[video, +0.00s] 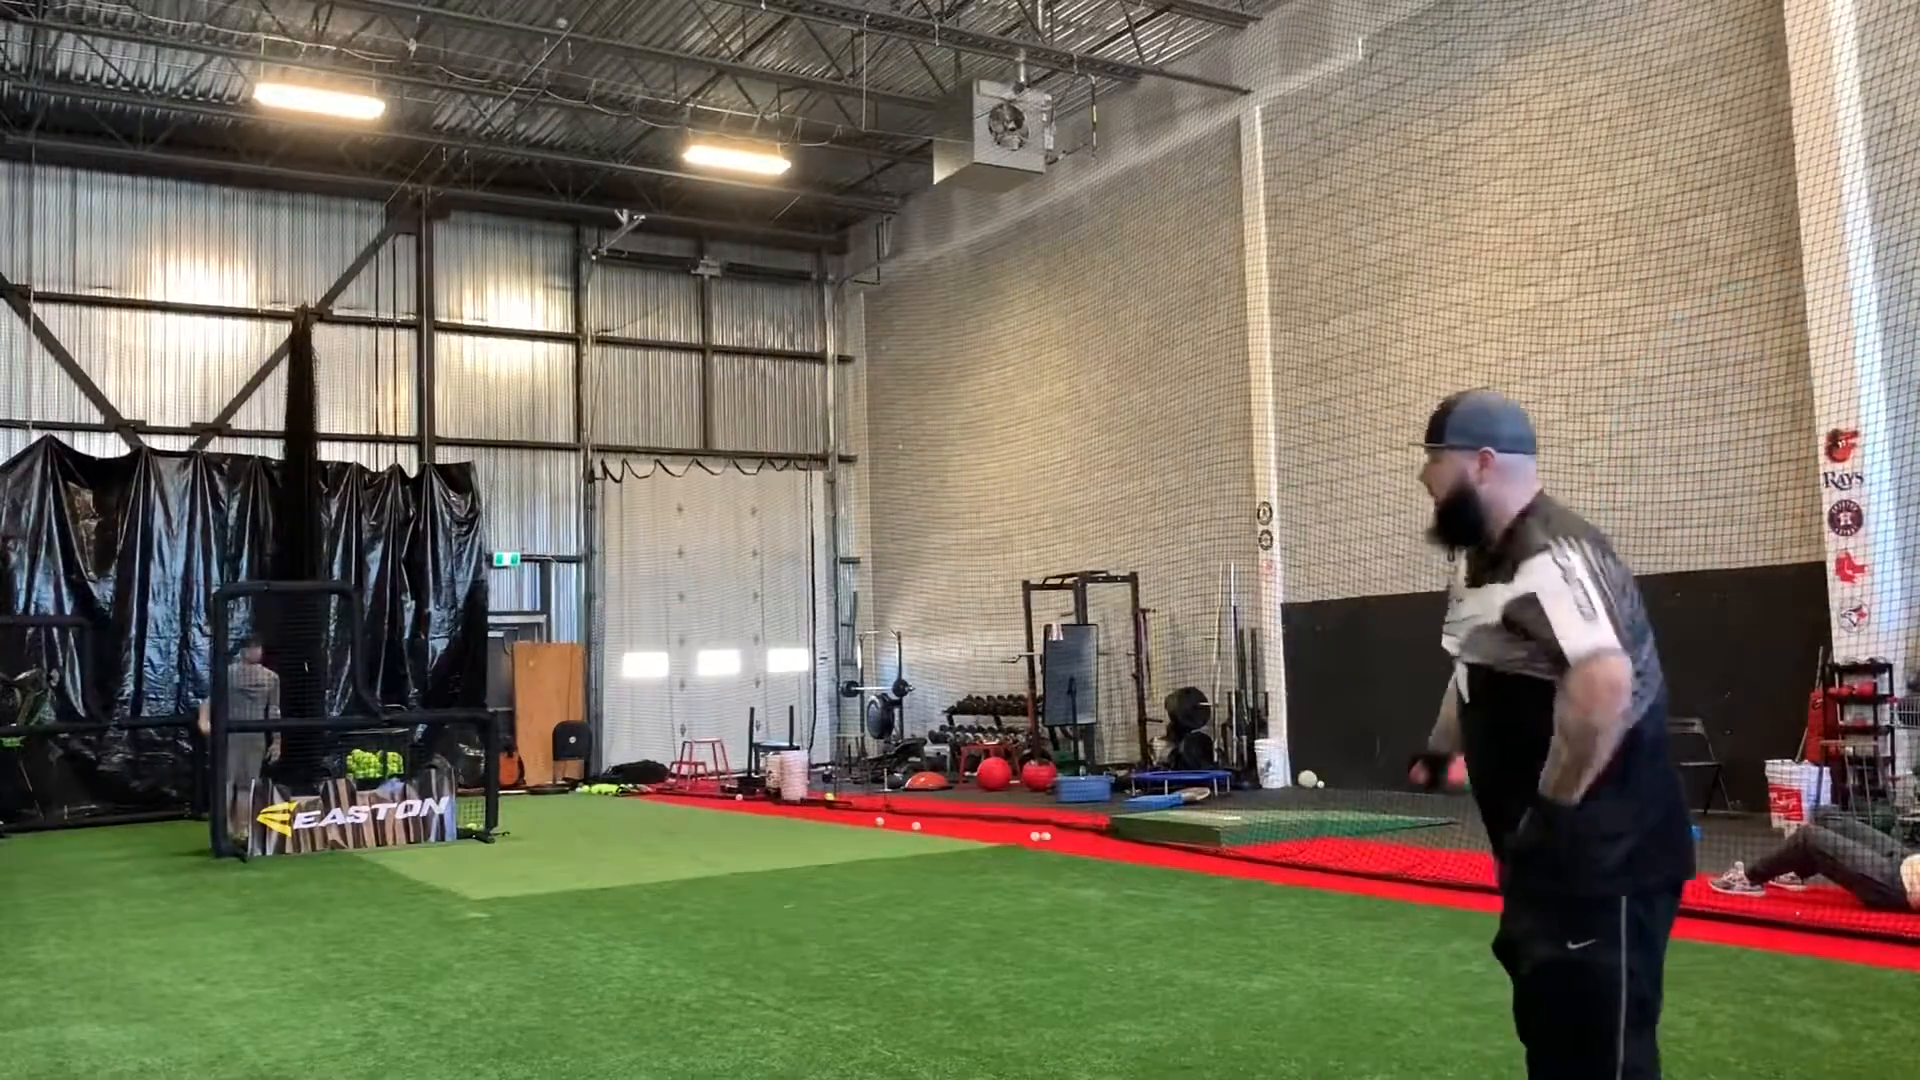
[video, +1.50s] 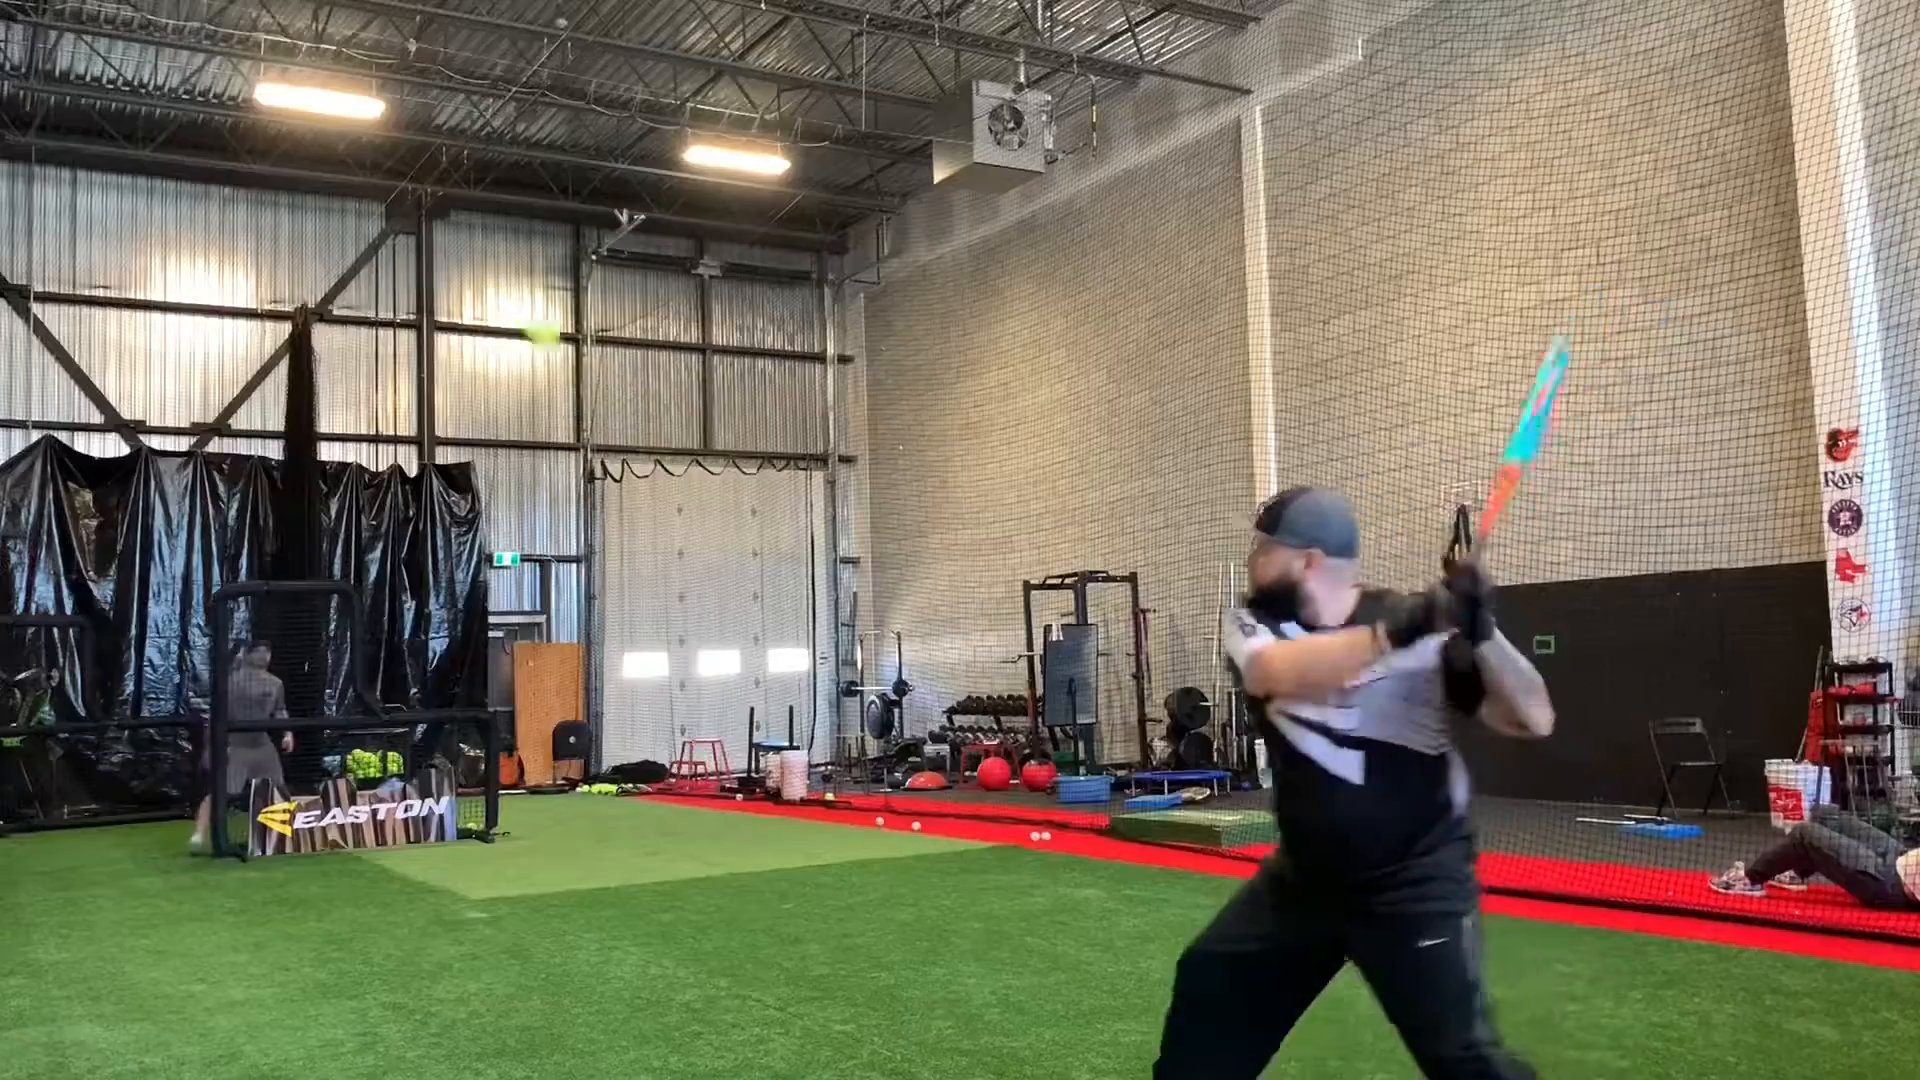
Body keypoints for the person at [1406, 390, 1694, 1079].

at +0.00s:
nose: (1425, 479)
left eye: (1436, 461)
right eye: (1428, 462)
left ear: (1484, 462)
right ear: (1482, 465)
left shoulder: (1550, 550)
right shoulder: (1487, 554)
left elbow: (1604, 682)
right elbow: (1473, 667)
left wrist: (1554, 802)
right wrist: (1440, 748)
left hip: (1603, 865)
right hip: (1555, 858)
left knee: (1601, 1058)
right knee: (1560, 1050)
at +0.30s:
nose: (1468, 463)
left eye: (1479, 442)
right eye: (1469, 446)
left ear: (1531, 441)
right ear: (1526, 445)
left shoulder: (1648, 542)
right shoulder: (1486, 552)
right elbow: (1418, 650)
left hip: (1622, 874)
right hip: (1522, 867)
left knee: (1613, 1059)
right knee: (1535, 1056)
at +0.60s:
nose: (1454, 456)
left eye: (1464, 439)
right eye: (1456, 441)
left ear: (1517, 442)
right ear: (1515, 445)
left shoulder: (1639, 538)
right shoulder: (1464, 544)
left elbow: (1684, 681)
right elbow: (1407, 659)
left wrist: (1577, 588)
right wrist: (1477, 613)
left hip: (1603, 880)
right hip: (1489, 873)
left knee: (1606, 1061)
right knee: (1490, 1061)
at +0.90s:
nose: (1426, 471)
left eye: (1436, 452)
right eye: (1428, 455)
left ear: (1489, 454)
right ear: (1487, 457)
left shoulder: (1613, 556)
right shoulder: (1432, 556)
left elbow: (1670, 700)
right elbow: (1387, 665)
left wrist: (1568, 617)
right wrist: (1467, 633)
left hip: (1578, 895)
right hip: (1468, 888)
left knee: (1579, 1063)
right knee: (1480, 1061)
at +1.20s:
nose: (1372, 506)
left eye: (1383, 489)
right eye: (1375, 490)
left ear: (1431, 503)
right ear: (1428, 505)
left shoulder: (1566, 599)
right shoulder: (1373, 599)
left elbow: (1648, 733)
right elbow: (1369, 717)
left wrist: (1572, 708)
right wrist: (1465, 725)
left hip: (1532, 864)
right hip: (1406, 847)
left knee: (1558, 1058)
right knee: (1303, 946)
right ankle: (1343, 1070)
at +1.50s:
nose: (1251, 558)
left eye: (1264, 547)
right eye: (1255, 546)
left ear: (1308, 558)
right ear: (1305, 558)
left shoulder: (1425, 634)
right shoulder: (1255, 622)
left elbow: (1534, 718)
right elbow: (1270, 674)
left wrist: (1480, 629)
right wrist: (1394, 628)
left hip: (1413, 887)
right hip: (1305, 879)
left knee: (1459, 1055)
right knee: (1211, 984)